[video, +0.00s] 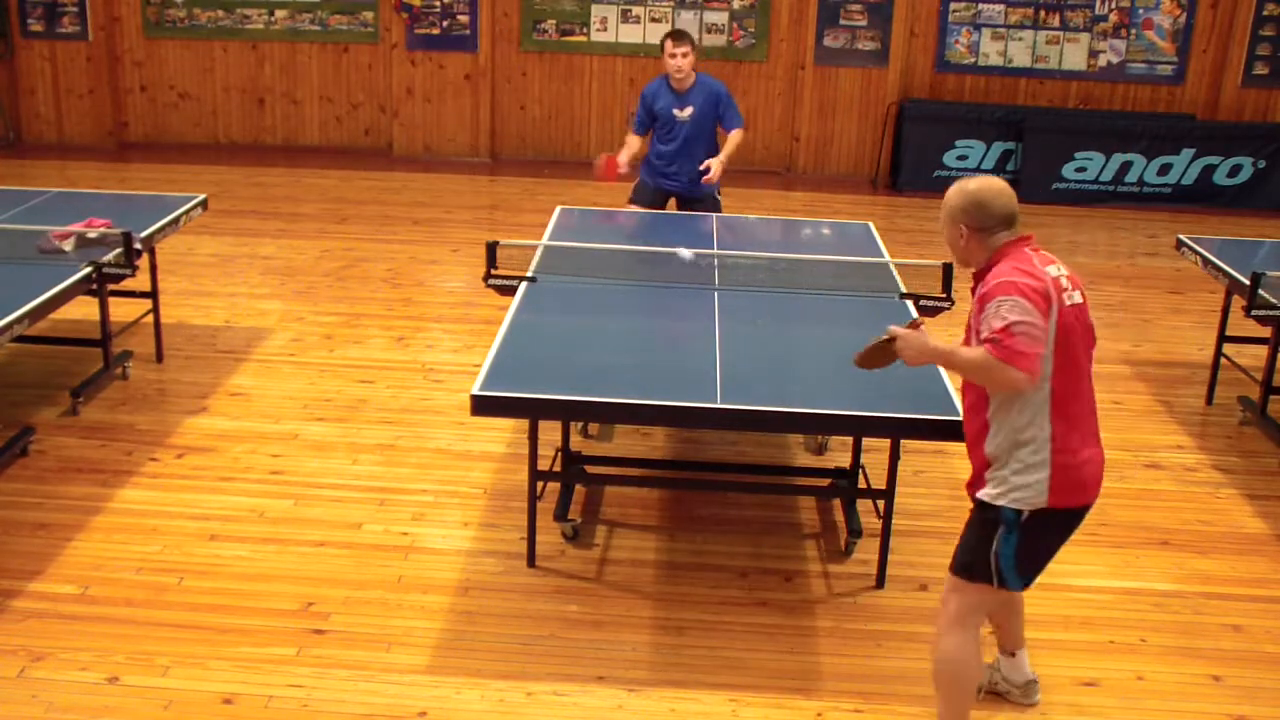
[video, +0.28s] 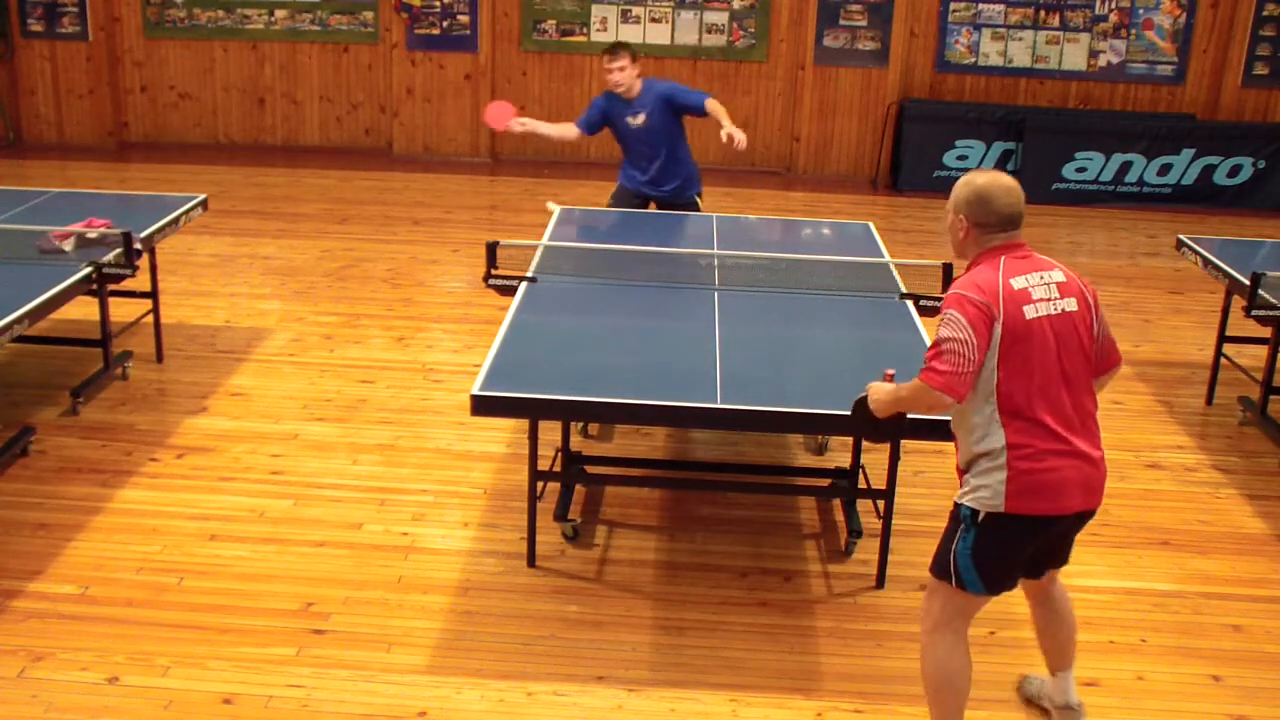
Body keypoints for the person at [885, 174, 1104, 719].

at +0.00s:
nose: (947, 242)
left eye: (948, 232)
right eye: (946, 231)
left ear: (966, 234)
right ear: (1009, 224)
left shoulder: (1009, 284)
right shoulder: (1048, 267)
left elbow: (1017, 370)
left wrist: (933, 351)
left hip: (1030, 482)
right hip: (1062, 471)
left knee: (957, 614)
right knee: (1000, 567)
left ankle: (952, 715)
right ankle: (1014, 671)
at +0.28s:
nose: (946, 225)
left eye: (949, 216)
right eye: (947, 215)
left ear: (964, 225)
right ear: (1017, 222)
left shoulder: (973, 291)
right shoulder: (1067, 278)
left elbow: (943, 387)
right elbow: (1107, 362)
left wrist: (890, 398)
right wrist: (1045, 394)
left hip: (1008, 495)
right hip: (1079, 487)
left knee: (943, 618)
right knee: (1042, 578)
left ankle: (946, 716)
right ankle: (1063, 690)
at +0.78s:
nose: (962, 235)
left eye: (964, 227)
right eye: (964, 225)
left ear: (977, 239)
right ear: (1031, 233)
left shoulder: (987, 318)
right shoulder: (1076, 289)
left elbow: (945, 419)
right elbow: (1097, 352)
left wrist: (892, 411)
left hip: (1020, 500)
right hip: (1094, 487)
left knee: (927, 598)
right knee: (1062, 568)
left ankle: (931, 712)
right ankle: (1098, 679)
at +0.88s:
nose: (975, 239)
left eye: (977, 231)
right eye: (978, 229)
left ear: (988, 243)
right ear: (1041, 240)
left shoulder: (991, 322)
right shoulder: (1085, 296)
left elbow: (944, 420)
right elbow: (1054, 384)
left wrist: (903, 405)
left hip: (1030, 504)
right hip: (1106, 493)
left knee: (932, 592)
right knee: (1068, 565)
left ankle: (932, 713)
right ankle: (1099, 679)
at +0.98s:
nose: (996, 242)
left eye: (998, 235)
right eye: (999, 233)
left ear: (1007, 243)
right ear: (1061, 241)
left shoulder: (995, 320)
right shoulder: (1105, 302)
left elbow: (942, 408)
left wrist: (926, 377)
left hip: (1035, 507)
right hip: (1117, 502)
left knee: (940, 592)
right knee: (1082, 565)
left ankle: (933, 713)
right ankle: (1100, 680)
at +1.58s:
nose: (1091, 250)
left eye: (1095, 242)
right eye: (1098, 240)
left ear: (1103, 253)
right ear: (1160, 262)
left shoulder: (1069, 320)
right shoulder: (1187, 341)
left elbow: (973, 362)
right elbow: (1234, 431)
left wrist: (901, 340)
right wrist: (1255, 497)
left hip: (1042, 508)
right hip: (1124, 518)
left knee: (952, 606)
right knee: (1099, 561)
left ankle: (946, 714)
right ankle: (1099, 679)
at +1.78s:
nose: (1041, 237)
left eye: (1044, 229)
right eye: (1044, 226)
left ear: (1054, 242)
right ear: (1111, 246)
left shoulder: (1022, 317)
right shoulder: (1155, 324)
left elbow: (952, 396)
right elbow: (1182, 417)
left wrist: (897, 390)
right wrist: (1154, 464)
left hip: (1036, 518)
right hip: (1122, 519)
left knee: (956, 639)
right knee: (1099, 589)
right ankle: (1114, 699)